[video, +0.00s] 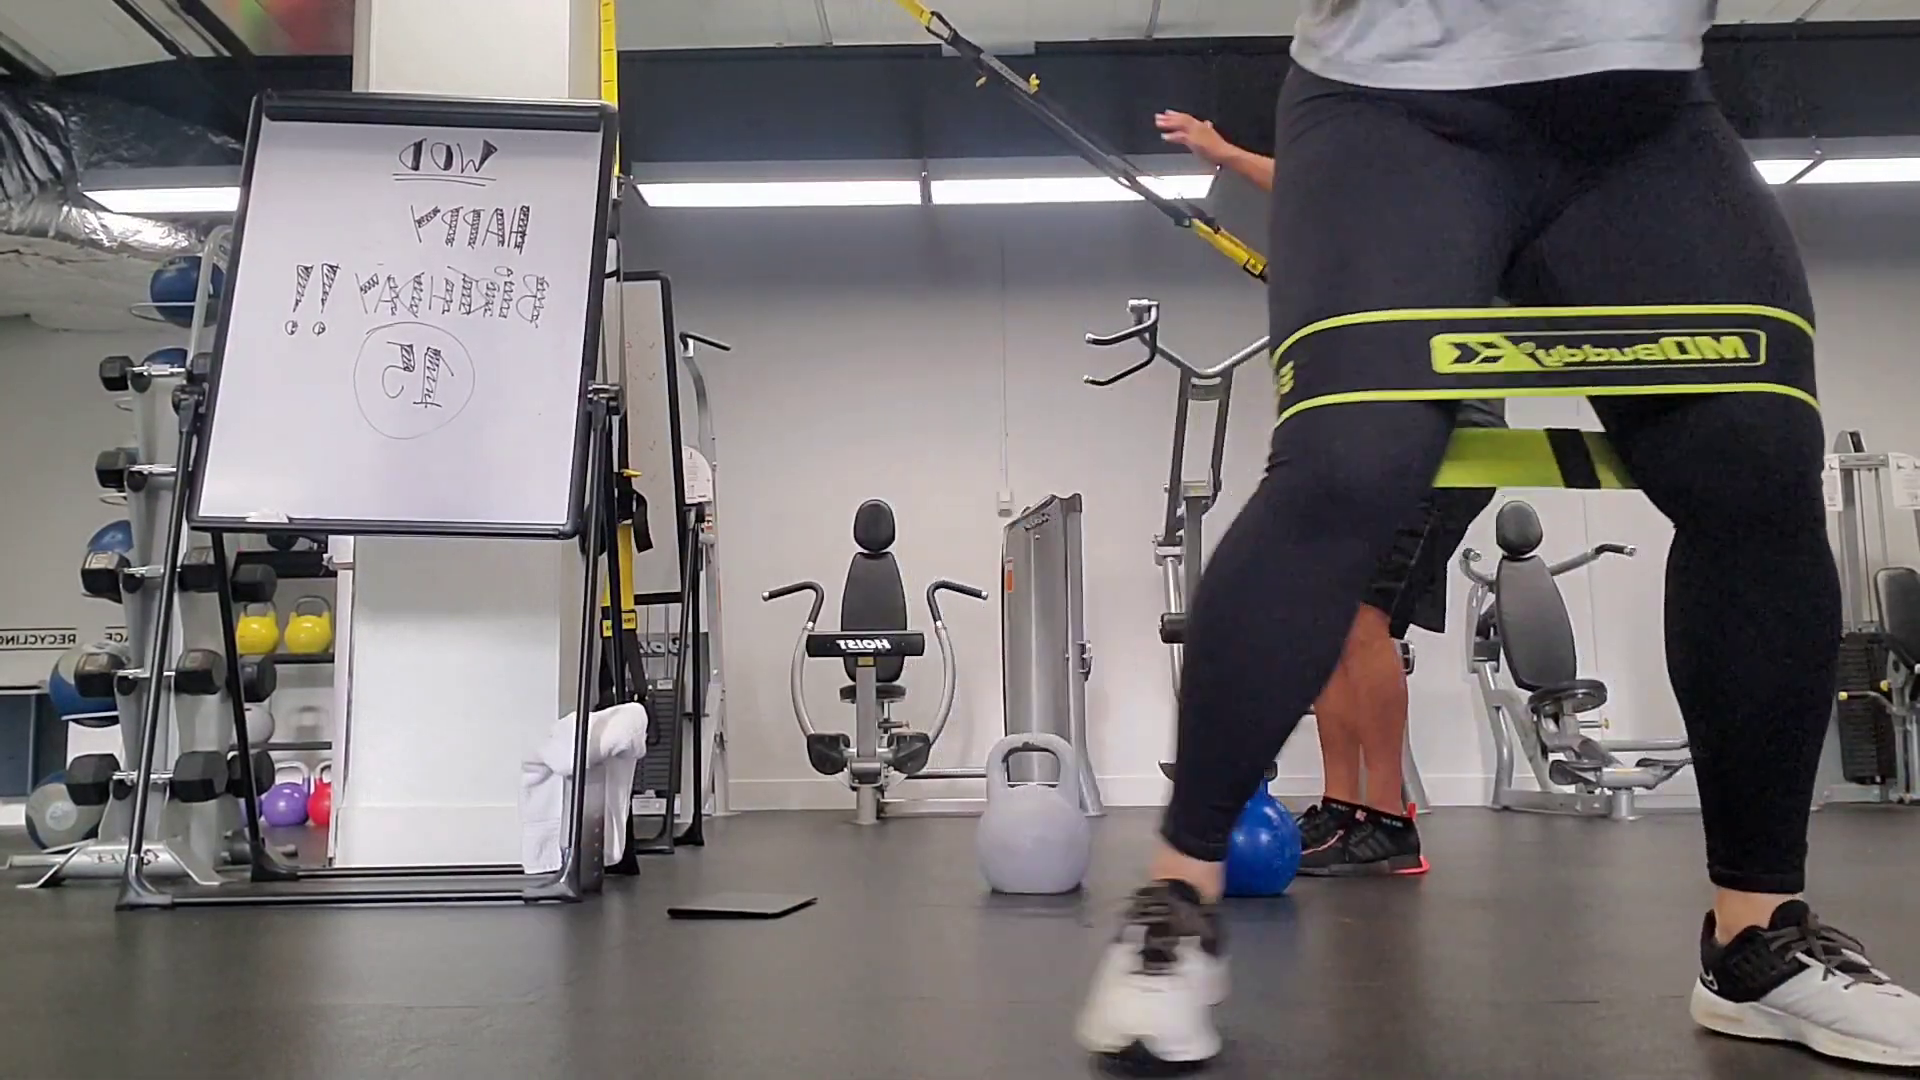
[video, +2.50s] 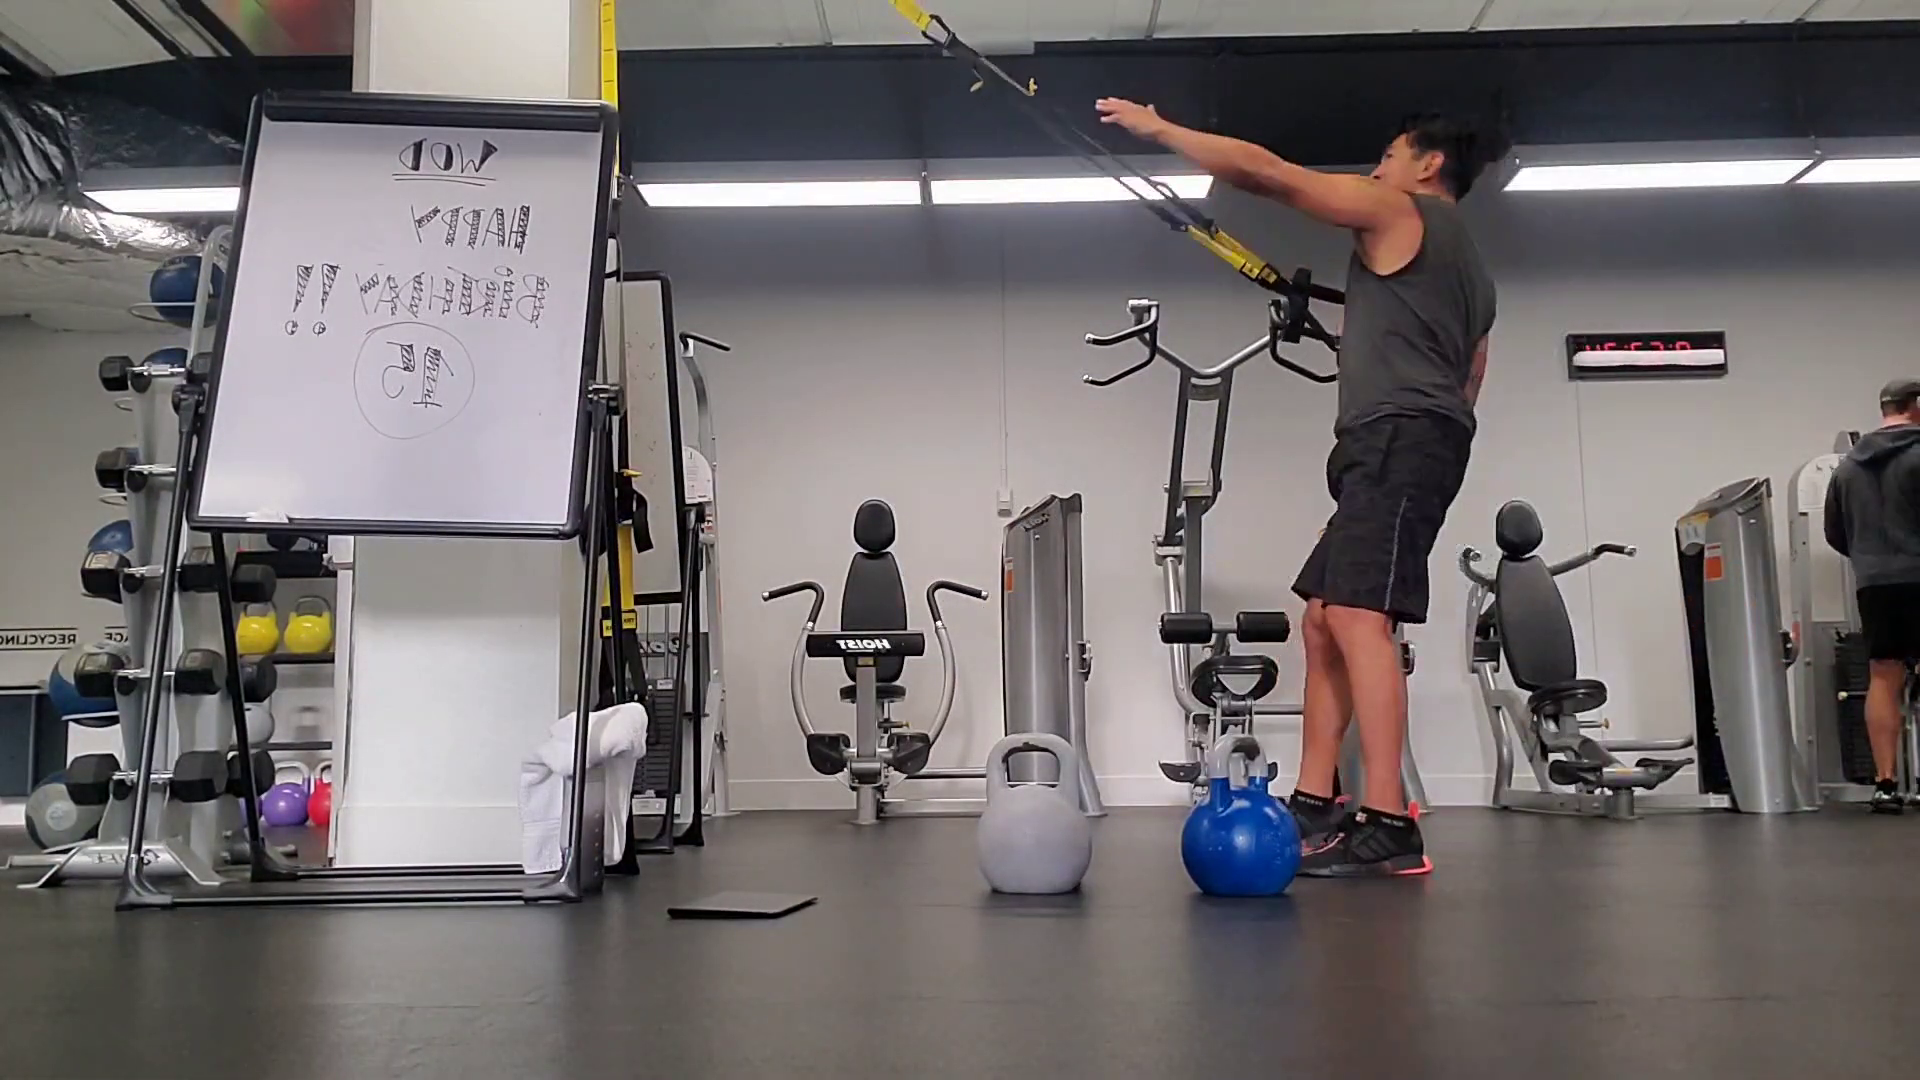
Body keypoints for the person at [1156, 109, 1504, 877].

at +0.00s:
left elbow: (1325, 186)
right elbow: (1320, 188)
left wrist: (1224, 152)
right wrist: (1227, 153)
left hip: (1440, 433)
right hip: (1369, 429)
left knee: (1361, 613)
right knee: (1326, 607)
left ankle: (1390, 819)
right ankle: (1339, 808)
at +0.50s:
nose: (1296, 204)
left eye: (1302, 187)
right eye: (1295, 191)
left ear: (1342, 169)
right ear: (1357, 173)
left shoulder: (1349, 204)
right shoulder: (1425, 246)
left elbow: (1215, 192)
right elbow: (1460, 379)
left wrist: (1104, 171)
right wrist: (1361, 338)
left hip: (1373, 426)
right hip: (1385, 429)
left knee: (1381, 627)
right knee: (1345, 628)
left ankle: (1389, 821)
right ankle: (1346, 809)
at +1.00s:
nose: (1408, 277)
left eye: (1416, 257)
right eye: (1401, 264)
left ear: (1466, 244)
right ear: (1459, 254)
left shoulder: (1522, 306)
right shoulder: (1444, 348)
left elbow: (1523, 345)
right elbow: (1401, 456)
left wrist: (1405, 296)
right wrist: (1359, 398)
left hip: (1482, 522)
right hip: (1422, 526)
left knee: (1329, 621)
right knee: (1279, 635)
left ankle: (1389, 824)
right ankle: (1339, 813)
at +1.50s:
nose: (1629, 473)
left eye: (1650, 462)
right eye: (1618, 461)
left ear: (1692, 482)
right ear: (1603, 471)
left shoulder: (1711, 597)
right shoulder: (1558, 522)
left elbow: (1776, 721)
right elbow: (1450, 468)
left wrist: (1877, 800)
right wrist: (1375, 399)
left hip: (1563, 758)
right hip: (1482, 731)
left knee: (1444, 625)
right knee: (1334, 636)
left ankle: (1403, 823)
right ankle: (1341, 812)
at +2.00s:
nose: (1541, 358)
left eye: (1558, 342)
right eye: (1541, 349)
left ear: (1611, 357)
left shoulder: (1626, 443)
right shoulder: (1529, 453)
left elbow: (1621, 538)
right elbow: (1432, 465)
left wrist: (1595, 557)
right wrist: (1373, 392)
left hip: (1520, 631)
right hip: (1467, 623)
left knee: (1341, 629)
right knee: (1286, 638)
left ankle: (1391, 825)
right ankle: (1333, 811)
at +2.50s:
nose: (1380, 164)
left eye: (1393, 153)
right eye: (1387, 153)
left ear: (1432, 164)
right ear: (1442, 171)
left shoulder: (1398, 206)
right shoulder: (1468, 265)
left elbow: (1269, 172)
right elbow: (1466, 384)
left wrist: (1158, 128)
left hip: (1399, 433)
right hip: (1421, 440)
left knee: (1360, 615)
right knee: (1321, 617)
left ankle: (1387, 822)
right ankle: (1315, 803)